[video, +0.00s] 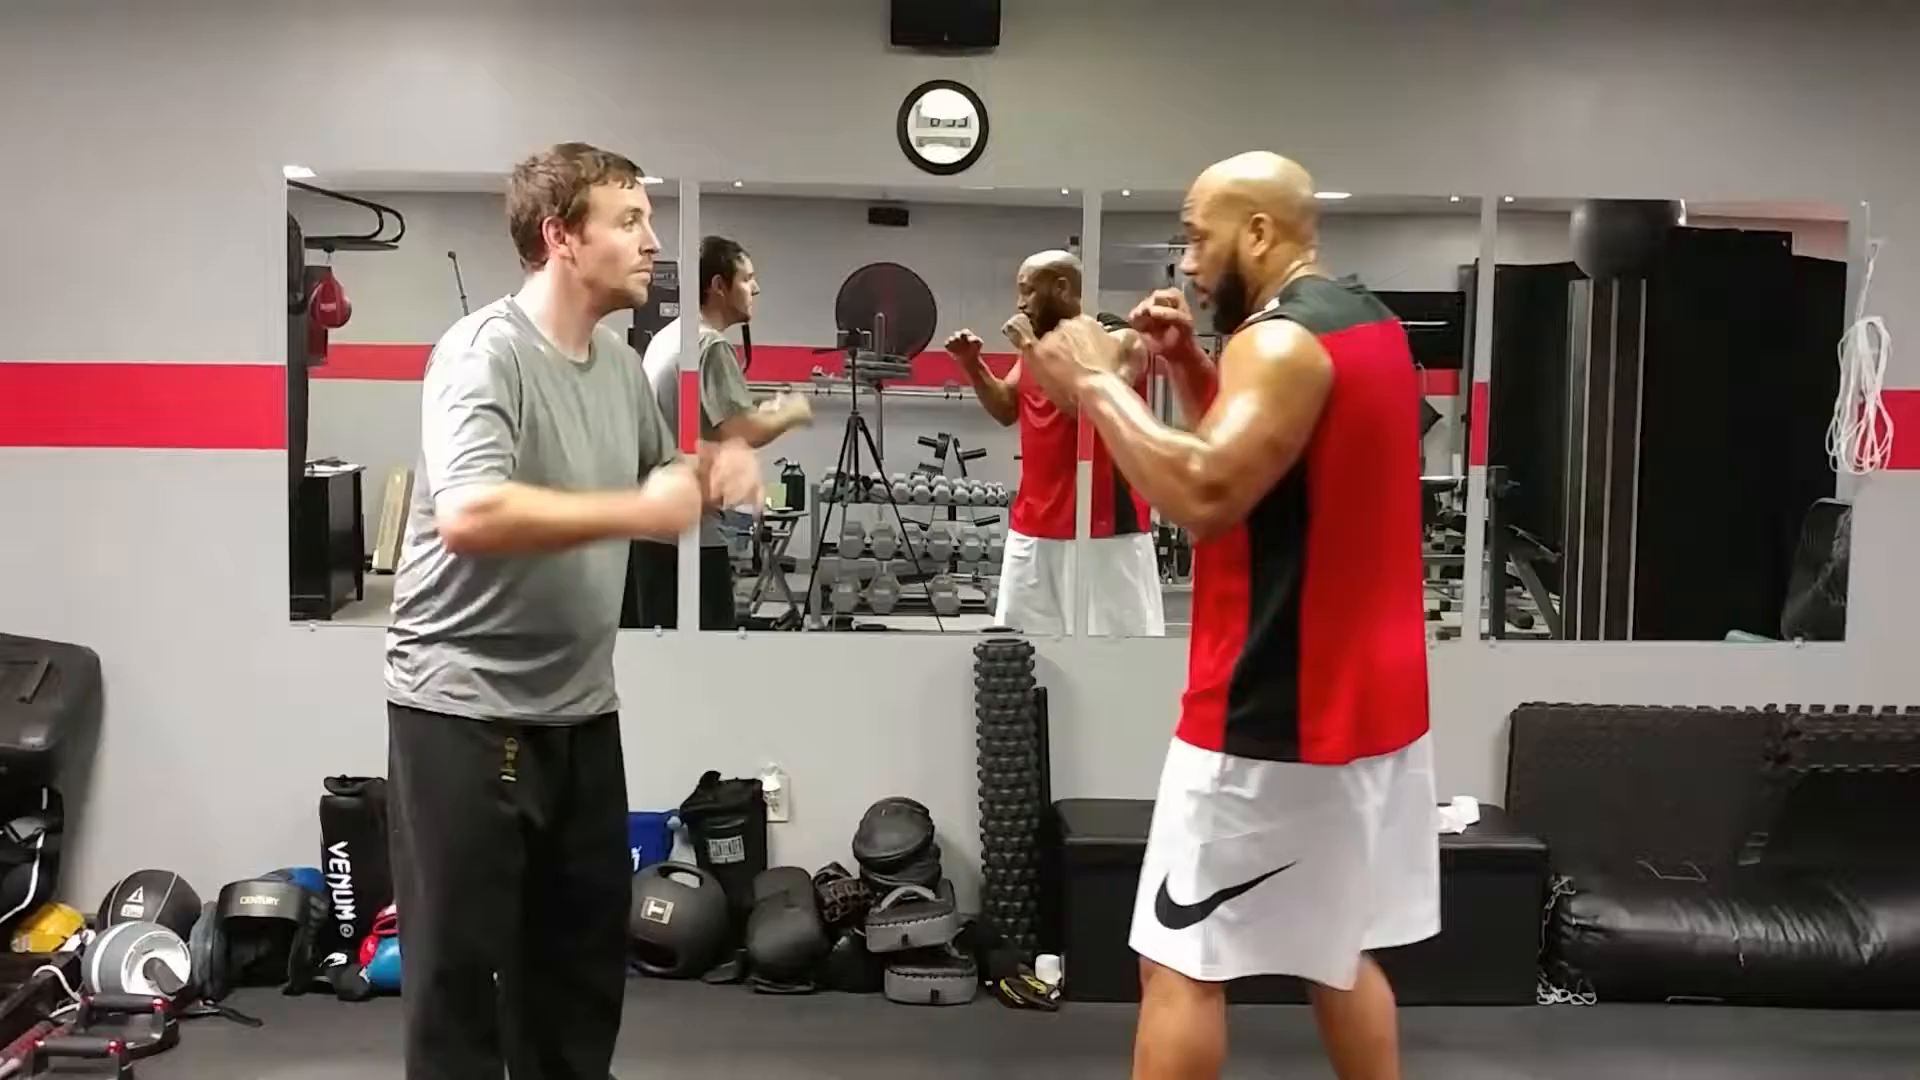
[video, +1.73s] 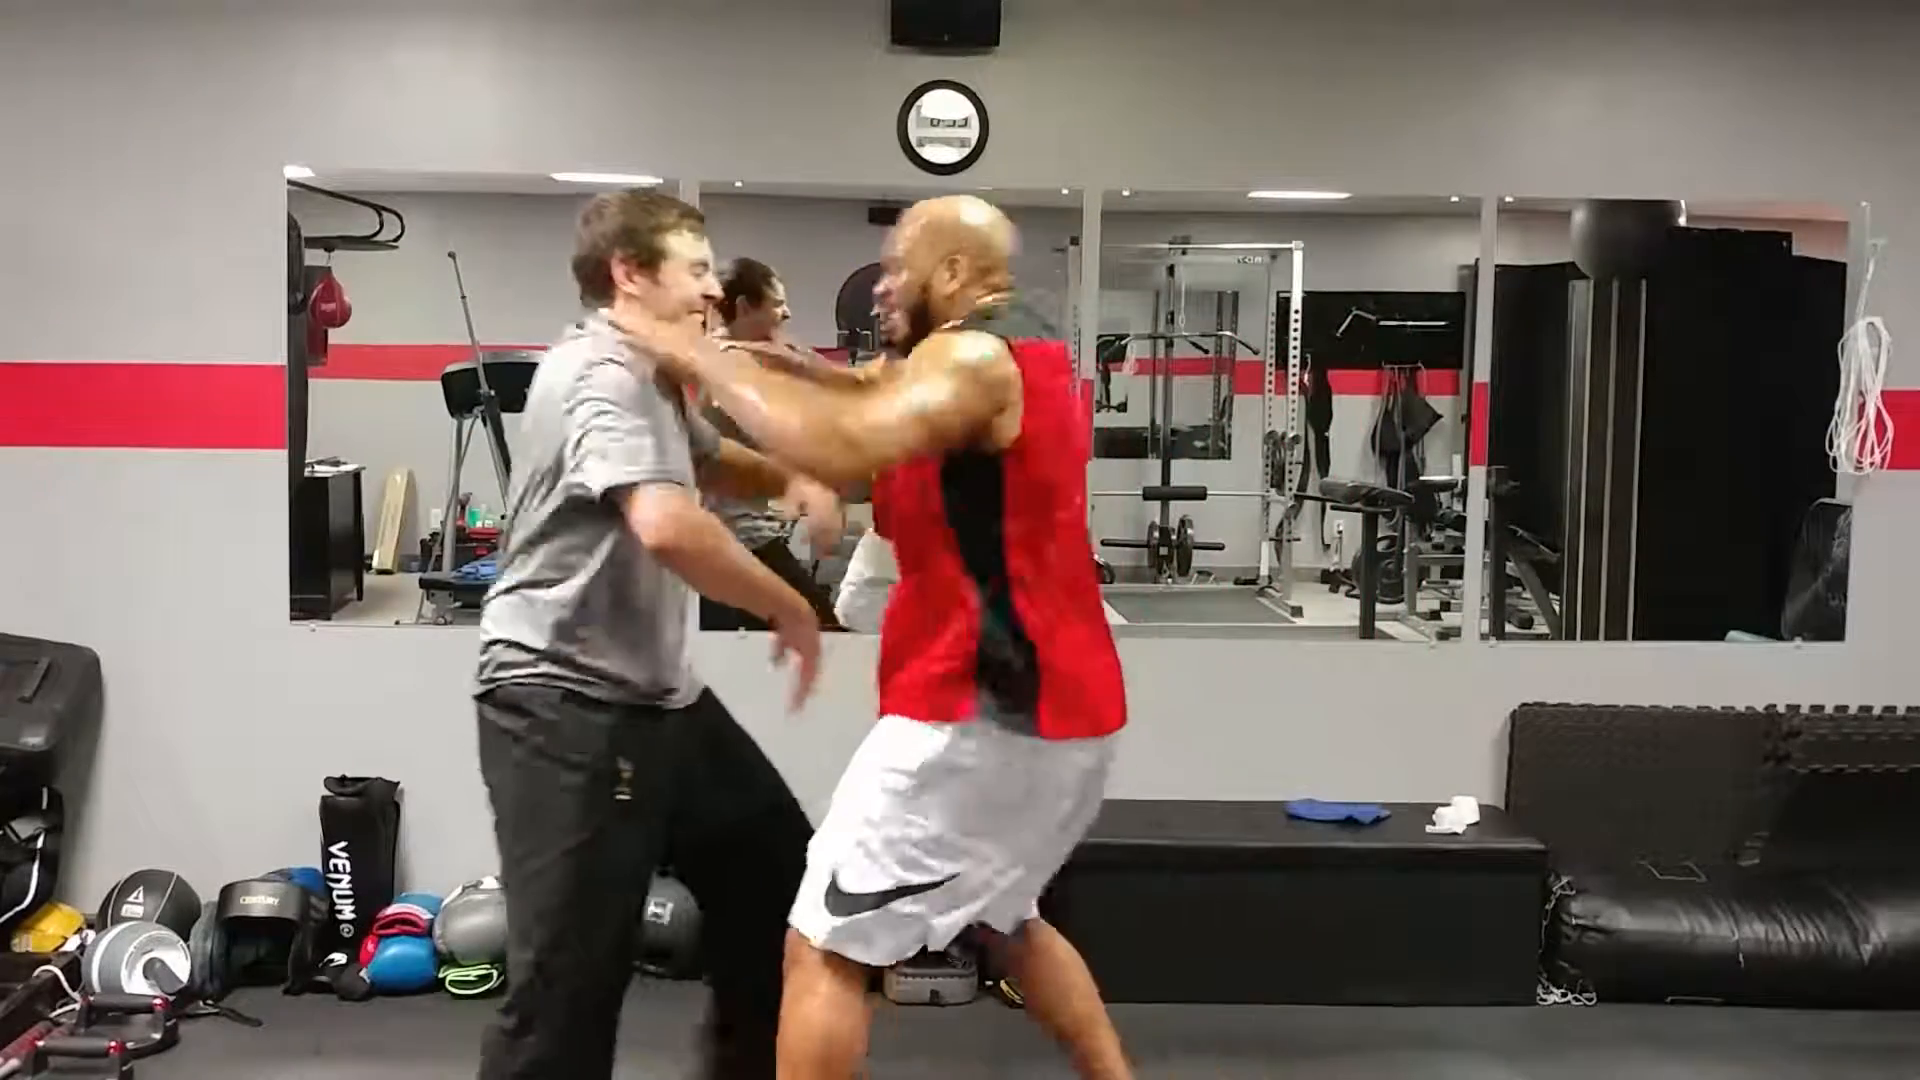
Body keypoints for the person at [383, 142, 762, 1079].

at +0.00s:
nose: (652, 241)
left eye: (649, 223)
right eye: (631, 222)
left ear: (579, 241)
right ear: (559, 238)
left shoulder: (622, 366)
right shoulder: (480, 350)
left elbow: (661, 497)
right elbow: (469, 516)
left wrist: (720, 465)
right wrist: (646, 509)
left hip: (581, 706)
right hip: (461, 707)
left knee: (581, 975)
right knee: (461, 977)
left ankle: (568, 1077)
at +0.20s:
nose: (633, 244)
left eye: (631, 224)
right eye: (612, 224)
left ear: (566, 239)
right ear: (540, 235)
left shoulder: (606, 348)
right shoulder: (455, 340)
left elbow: (704, 461)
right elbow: (510, 468)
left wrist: (700, 357)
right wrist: (623, 367)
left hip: (566, 705)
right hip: (442, 709)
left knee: (573, 978)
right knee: (403, 962)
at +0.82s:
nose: (632, 294)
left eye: (629, 276)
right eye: (611, 276)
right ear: (544, 293)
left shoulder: (621, 397)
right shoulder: (483, 400)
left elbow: (722, 484)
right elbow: (585, 479)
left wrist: (710, 384)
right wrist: (640, 369)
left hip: (598, 745)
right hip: (464, 759)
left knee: (711, 921)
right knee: (390, 1004)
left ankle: (795, 1073)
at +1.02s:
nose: (783, 304)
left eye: (775, 285)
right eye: (760, 287)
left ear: (699, 322)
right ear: (701, 317)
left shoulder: (661, 412)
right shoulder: (734, 411)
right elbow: (912, 479)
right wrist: (1038, 495)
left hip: (722, 740)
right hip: (632, 736)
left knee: (828, 948)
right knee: (523, 979)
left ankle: (857, 1073)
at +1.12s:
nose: (861, 320)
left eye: (854, 302)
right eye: (842, 303)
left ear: (781, 332)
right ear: (784, 328)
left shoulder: (730, 413)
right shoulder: (786, 434)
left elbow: (852, 424)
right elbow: (929, 562)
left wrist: (939, 474)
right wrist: (1071, 640)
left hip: (733, 730)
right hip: (660, 722)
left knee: (837, 903)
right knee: (606, 970)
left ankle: (863, 1074)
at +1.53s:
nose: (792, 294)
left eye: (789, 277)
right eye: (772, 277)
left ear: (723, 294)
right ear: (708, 290)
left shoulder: (751, 394)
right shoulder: (665, 405)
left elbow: (835, 485)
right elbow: (783, 567)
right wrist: (928, 649)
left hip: (749, 709)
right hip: (648, 713)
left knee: (858, 933)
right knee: (619, 990)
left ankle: (868, 1066)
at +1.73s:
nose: (712, 292)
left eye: (711, 273)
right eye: (695, 271)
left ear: (635, 280)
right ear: (627, 276)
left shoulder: (649, 370)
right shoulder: (602, 370)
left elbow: (700, 461)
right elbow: (664, 525)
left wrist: (795, 479)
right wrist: (789, 609)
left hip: (654, 698)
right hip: (562, 699)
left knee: (772, 865)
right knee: (566, 992)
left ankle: (748, 1062)